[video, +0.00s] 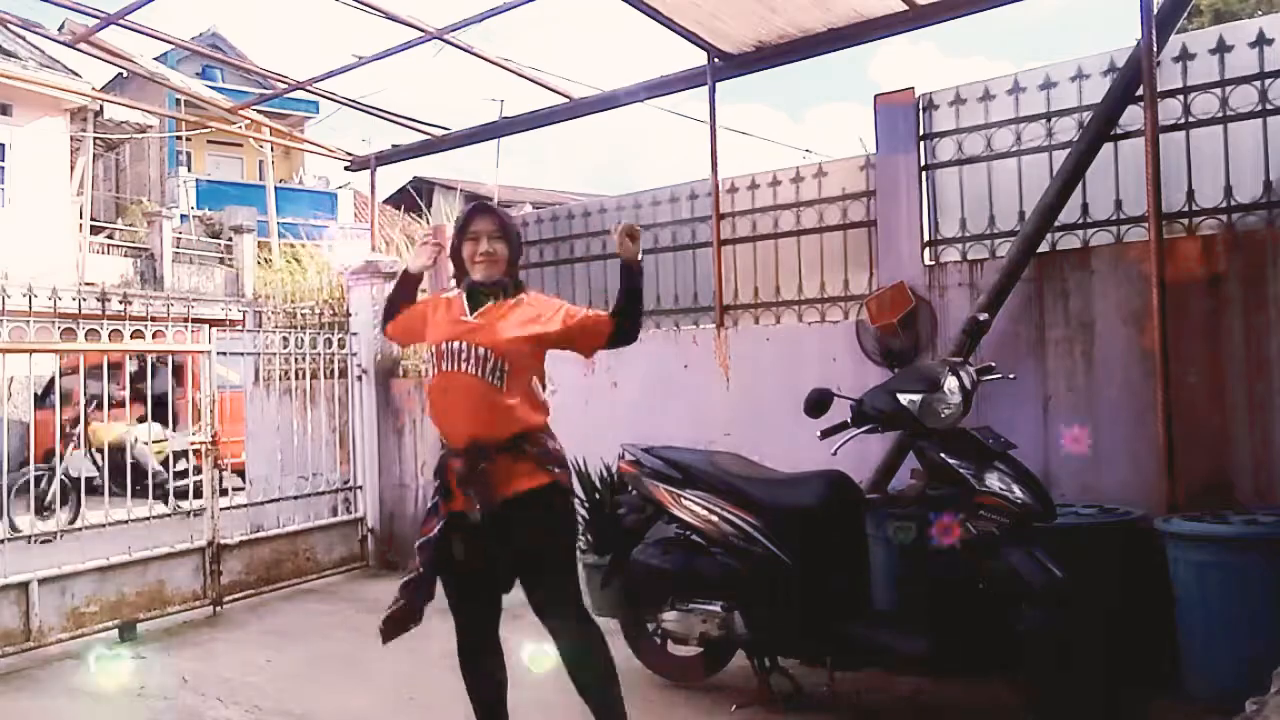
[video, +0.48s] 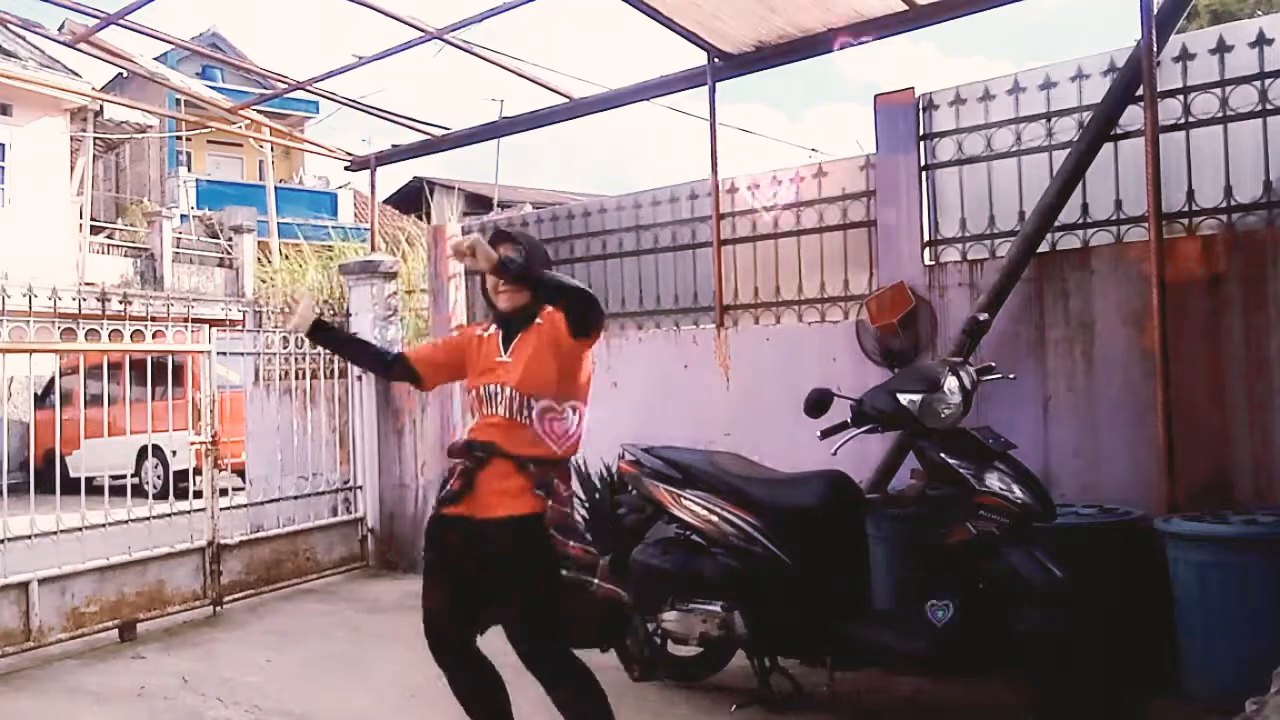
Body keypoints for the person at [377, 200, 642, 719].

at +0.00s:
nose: (484, 248)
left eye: (496, 238)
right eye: (473, 239)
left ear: (514, 249)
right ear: (458, 252)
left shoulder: (534, 311)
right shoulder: (439, 310)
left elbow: (621, 330)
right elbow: (393, 324)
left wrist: (630, 265)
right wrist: (413, 270)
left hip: (532, 487)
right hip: (463, 497)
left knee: (565, 619)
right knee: (474, 636)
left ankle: (613, 715)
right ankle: (491, 717)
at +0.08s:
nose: (485, 244)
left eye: (498, 235)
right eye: (474, 234)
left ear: (516, 245)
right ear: (460, 244)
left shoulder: (538, 309)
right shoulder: (435, 291)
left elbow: (629, 315)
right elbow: (379, 290)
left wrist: (673, 261)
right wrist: (371, 274)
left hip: (540, 493)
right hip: (469, 501)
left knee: (584, 624)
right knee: (478, 640)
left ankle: (620, 715)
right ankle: (493, 717)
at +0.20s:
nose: (491, 255)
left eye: (504, 245)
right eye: (481, 245)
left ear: (524, 255)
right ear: (466, 255)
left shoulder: (546, 310)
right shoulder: (443, 304)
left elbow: (622, 310)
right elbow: (369, 300)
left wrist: (678, 267)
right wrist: (335, 265)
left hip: (549, 496)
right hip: (479, 506)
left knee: (587, 631)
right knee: (475, 646)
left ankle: (622, 714)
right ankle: (496, 716)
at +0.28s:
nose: (503, 262)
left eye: (516, 253)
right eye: (492, 252)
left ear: (535, 262)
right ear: (478, 262)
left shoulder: (556, 311)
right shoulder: (459, 317)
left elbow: (603, 312)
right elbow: (374, 319)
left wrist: (624, 270)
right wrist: (303, 286)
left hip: (552, 501)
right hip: (484, 510)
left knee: (575, 634)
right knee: (459, 643)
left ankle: (616, 718)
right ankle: (499, 719)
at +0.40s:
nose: (505, 272)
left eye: (516, 263)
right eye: (495, 263)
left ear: (536, 271)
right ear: (484, 272)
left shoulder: (560, 323)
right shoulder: (472, 327)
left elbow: (589, 317)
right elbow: (386, 339)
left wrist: (546, 268)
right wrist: (297, 319)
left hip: (539, 514)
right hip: (473, 516)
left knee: (554, 641)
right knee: (446, 640)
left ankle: (605, 717)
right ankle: (497, 717)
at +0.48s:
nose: (502, 279)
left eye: (515, 269)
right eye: (493, 270)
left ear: (539, 278)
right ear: (483, 282)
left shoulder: (563, 330)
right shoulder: (474, 340)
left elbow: (587, 307)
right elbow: (396, 366)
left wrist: (499, 264)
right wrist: (317, 329)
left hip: (524, 518)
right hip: (457, 517)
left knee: (539, 645)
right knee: (447, 640)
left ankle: (597, 715)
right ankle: (495, 717)